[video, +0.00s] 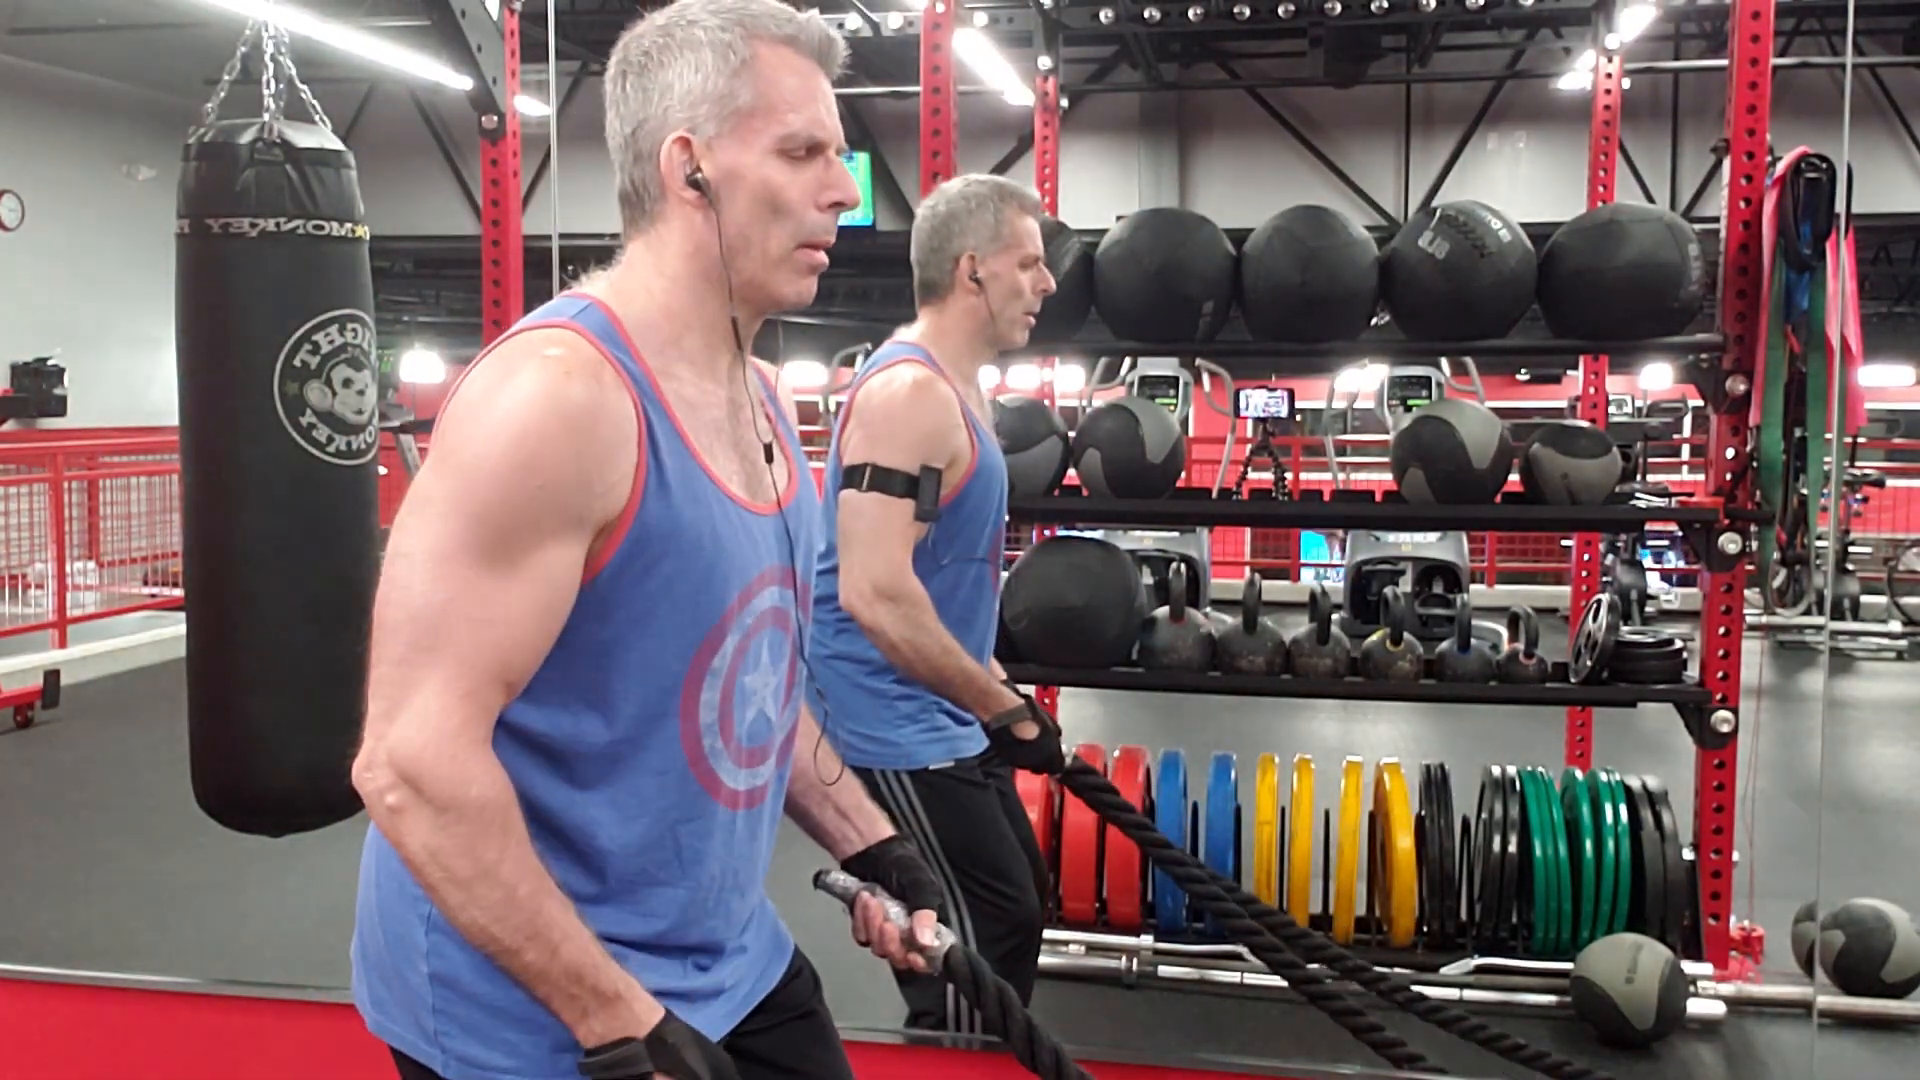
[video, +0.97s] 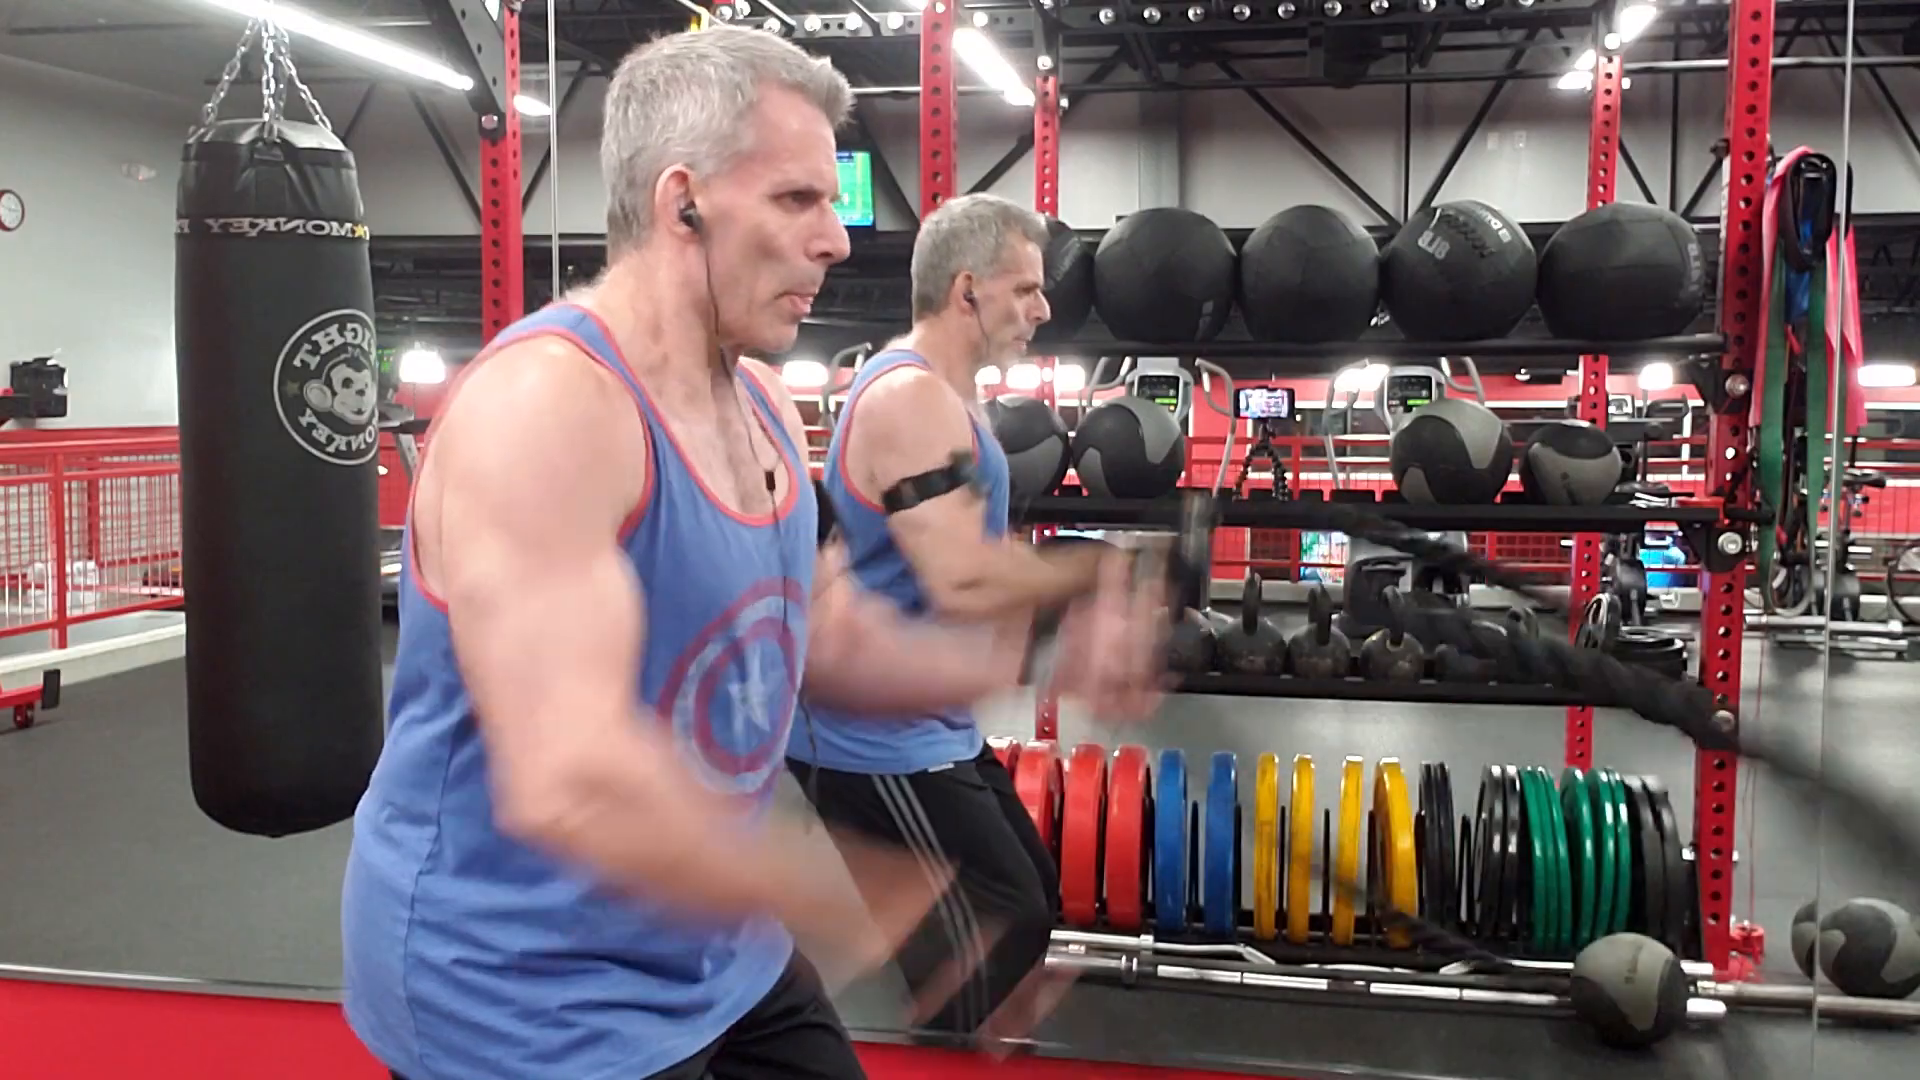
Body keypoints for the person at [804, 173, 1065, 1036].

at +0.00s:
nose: (1047, 285)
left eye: (1045, 265)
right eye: (1032, 264)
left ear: (977, 276)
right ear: (974, 273)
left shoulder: (950, 390)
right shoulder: (908, 391)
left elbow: (926, 581)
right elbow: (877, 589)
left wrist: (999, 695)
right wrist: (999, 704)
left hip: (946, 727)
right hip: (896, 733)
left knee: (1009, 921)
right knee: (998, 929)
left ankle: (966, 1074)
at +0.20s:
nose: (1034, 285)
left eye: (1034, 264)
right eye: (1020, 262)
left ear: (966, 269)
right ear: (963, 267)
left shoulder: (943, 391)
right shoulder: (899, 393)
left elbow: (1000, 543)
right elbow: (871, 594)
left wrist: (1105, 612)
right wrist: (989, 721)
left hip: (924, 743)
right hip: (874, 752)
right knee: (989, 945)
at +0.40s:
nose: (1037, 296)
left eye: (1037, 275)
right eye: (1023, 273)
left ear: (971, 281)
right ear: (965, 277)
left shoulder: (943, 393)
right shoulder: (906, 392)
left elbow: (1000, 540)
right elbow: (884, 585)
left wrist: (1135, 539)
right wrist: (1011, 692)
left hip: (919, 708)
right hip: (871, 714)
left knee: (1012, 911)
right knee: (993, 922)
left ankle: (960, 1058)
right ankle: (952, 1063)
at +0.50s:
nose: (1034, 297)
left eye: (1035, 277)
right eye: (1019, 275)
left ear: (959, 279)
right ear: (957, 276)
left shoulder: (947, 393)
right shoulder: (898, 386)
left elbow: (946, 577)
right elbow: (916, 570)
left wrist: (1031, 659)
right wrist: (1076, 589)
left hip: (926, 715)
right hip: (866, 725)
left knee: (1022, 907)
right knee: (976, 929)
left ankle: (979, 1061)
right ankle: (952, 1068)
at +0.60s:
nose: (1032, 301)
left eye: (1032, 281)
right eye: (1018, 279)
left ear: (961, 283)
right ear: (955, 280)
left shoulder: (941, 394)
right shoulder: (899, 388)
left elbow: (969, 565)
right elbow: (950, 563)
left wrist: (1076, 574)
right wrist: (1084, 544)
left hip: (930, 716)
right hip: (872, 725)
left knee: (1024, 907)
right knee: (996, 929)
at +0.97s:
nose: (1042, 313)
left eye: (1041, 293)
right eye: (1027, 291)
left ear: (969, 295)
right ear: (967, 293)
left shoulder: (944, 395)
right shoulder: (909, 398)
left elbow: (975, 565)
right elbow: (959, 580)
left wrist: (1092, 581)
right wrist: (1107, 560)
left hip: (928, 728)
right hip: (876, 739)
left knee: (1029, 918)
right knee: (1007, 927)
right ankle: (923, 1067)